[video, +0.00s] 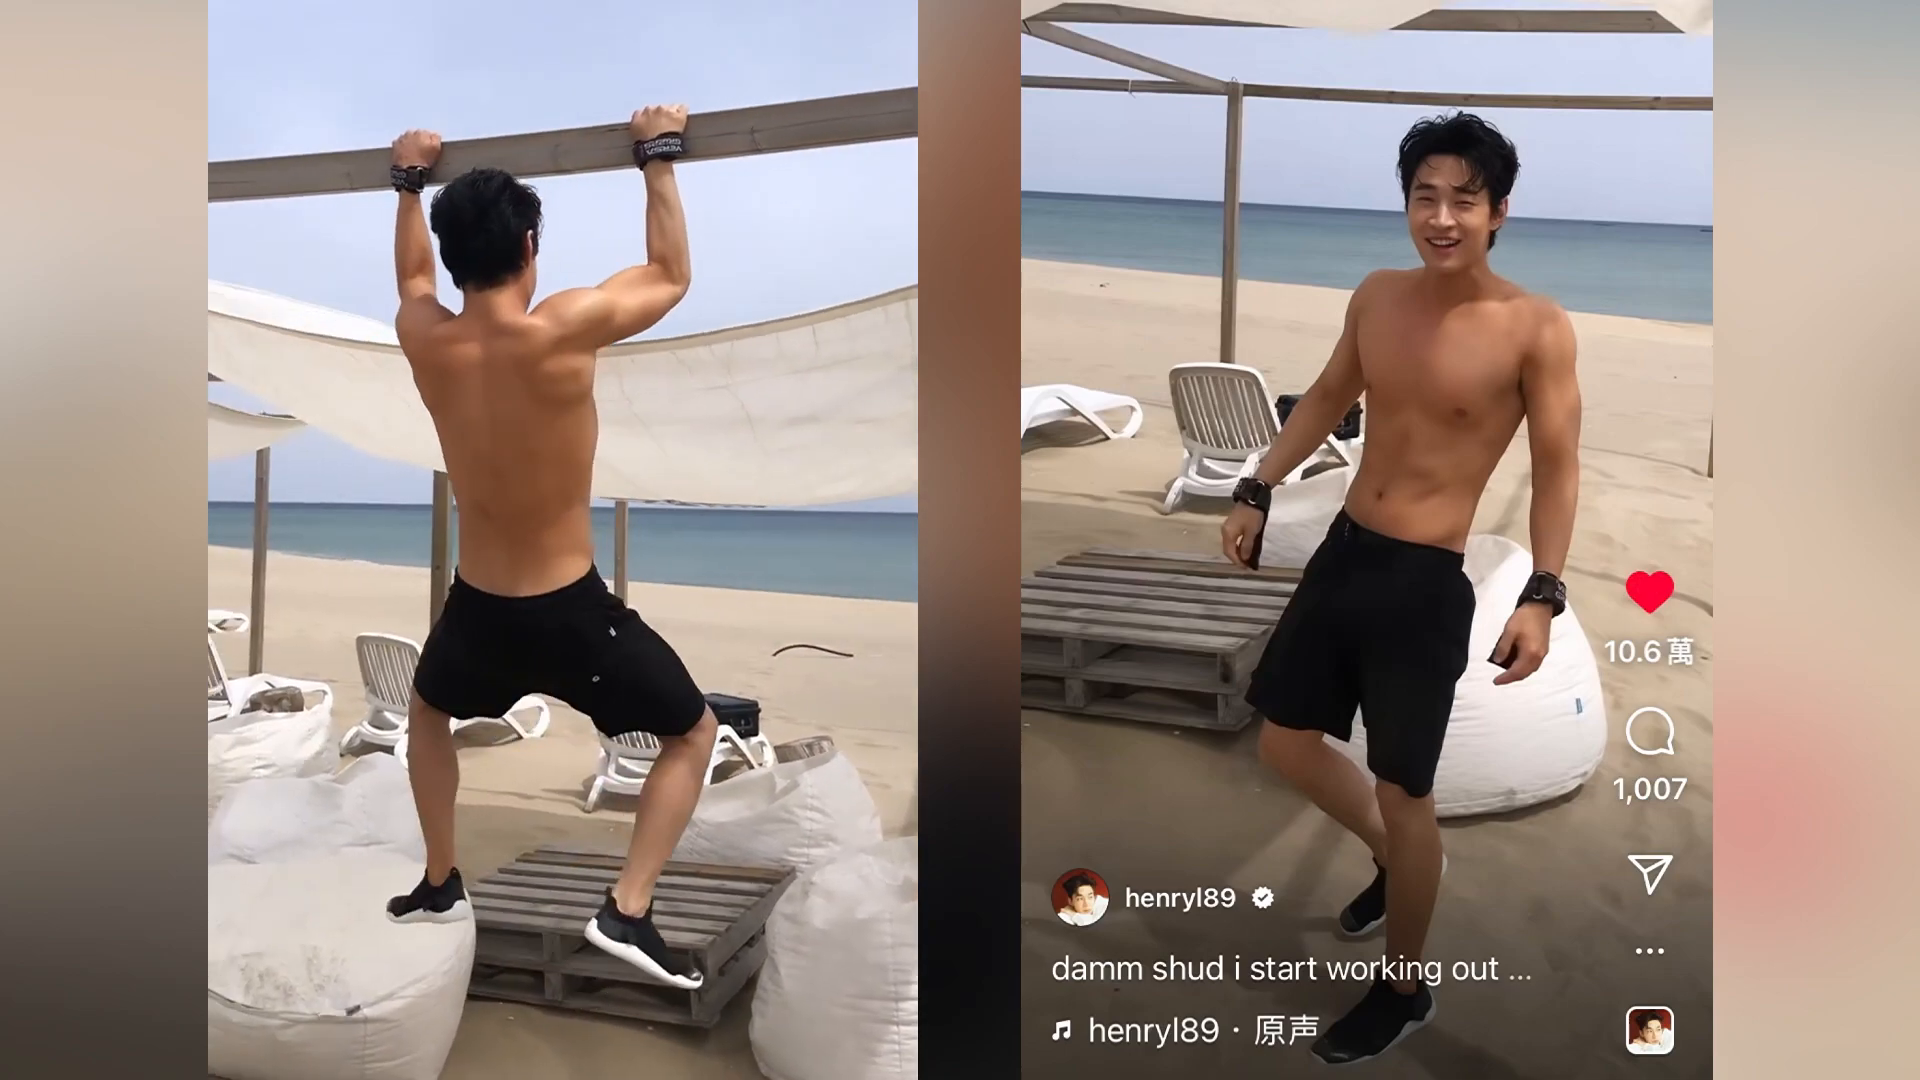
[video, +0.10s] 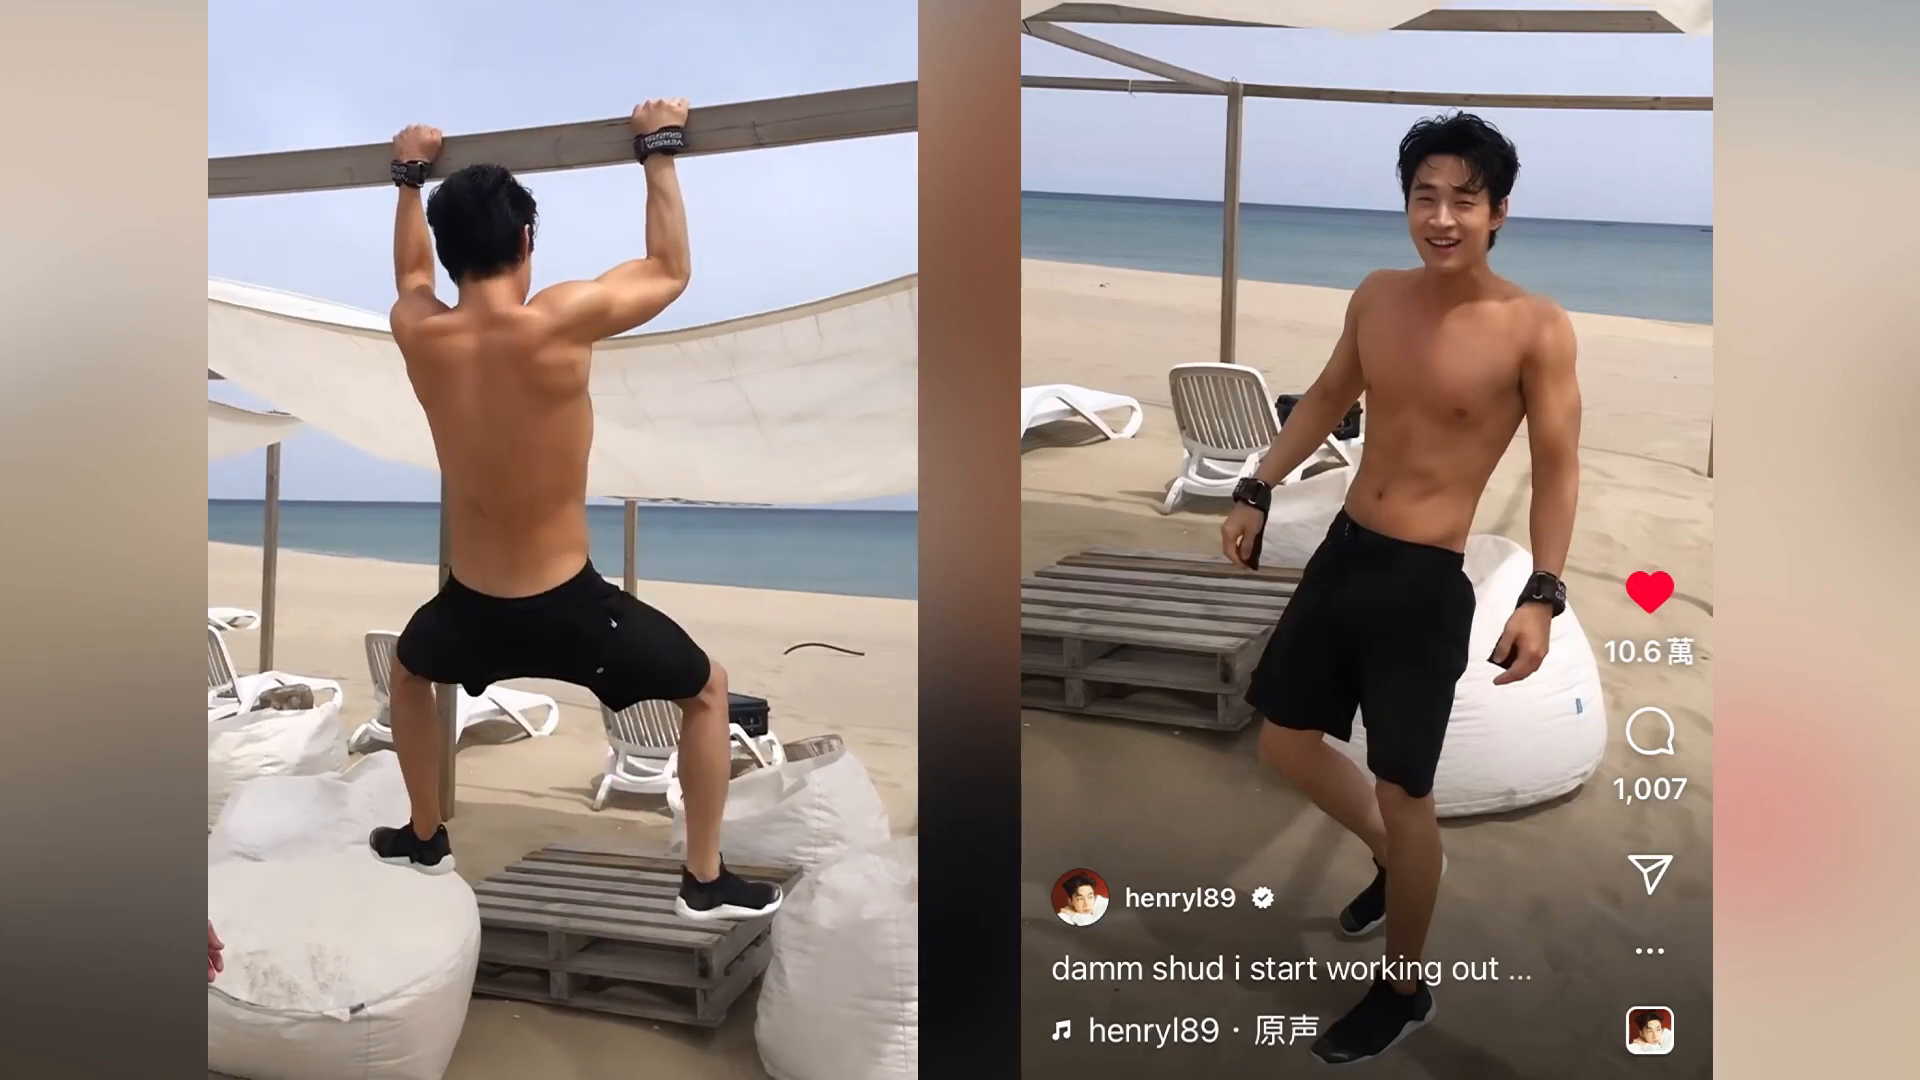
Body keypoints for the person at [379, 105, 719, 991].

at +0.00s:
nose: (540, 246)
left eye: (531, 233)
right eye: (537, 233)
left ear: (452, 254)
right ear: (529, 246)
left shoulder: (429, 339)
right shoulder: (569, 325)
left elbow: (416, 273)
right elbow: (668, 273)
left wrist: (407, 183)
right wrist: (659, 157)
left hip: (475, 614)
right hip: (573, 613)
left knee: (429, 712)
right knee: (691, 734)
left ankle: (439, 878)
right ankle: (629, 911)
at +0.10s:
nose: (536, 240)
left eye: (526, 230)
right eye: (533, 230)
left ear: (445, 253)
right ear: (526, 240)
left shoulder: (421, 334)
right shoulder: (566, 319)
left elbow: (412, 271)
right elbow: (668, 269)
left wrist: (408, 183)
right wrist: (661, 152)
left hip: (469, 614)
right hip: (569, 611)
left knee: (410, 669)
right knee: (705, 686)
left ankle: (425, 834)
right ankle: (704, 876)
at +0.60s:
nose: (468, 227)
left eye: (431, 229)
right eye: (479, 214)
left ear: (408, 244)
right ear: (486, 226)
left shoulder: (384, 318)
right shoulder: (541, 279)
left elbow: (329, 250)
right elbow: (671, 224)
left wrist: (327, 144)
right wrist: (636, 99)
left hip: (469, 591)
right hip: (571, 579)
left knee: (422, 769)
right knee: (620, 738)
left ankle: (395, 960)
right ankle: (656, 917)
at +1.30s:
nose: (452, 786)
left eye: (450, 773)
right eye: (448, 775)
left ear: (470, 769)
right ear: (528, 754)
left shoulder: (465, 827)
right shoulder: (601, 781)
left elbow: (381, 931)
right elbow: (690, 848)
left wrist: (363, 972)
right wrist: (640, 886)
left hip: (571, 1059)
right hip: (670, 1048)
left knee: (432, 925)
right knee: (635, 896)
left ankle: (438, 1072)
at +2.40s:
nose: (727, 333)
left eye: (747, 317)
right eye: (724, 317)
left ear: (796, 331)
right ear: (729, 326)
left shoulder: (793, 401)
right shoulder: (807, 408)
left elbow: (788, 512)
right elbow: (820, 545)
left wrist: (667, 578)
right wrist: (750, 619)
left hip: (776, 683)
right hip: (785, 678)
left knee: (750, 901)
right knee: (733, 873)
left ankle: (892, 1059)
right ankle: (712, 1037)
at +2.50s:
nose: (743, 331)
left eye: (765, 315)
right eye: (737, 315)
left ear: (811, 332)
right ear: (734, 326)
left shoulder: (812, 406)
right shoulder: (788, 406)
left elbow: (813, 524)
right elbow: (819, 539)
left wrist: (688, 582)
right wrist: (746, 608)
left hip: (787, 695)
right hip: (757, 683)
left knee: (775, 903)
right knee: (722, 857)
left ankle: (897, 1058)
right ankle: (693, 1029)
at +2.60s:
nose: (759, 332)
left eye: (780, 315)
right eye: (749, 316)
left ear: (825, 331)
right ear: (740, 326)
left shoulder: (836, 413)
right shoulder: (789, 418)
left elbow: (851, 545)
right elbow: (802, 555)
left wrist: (734, 613)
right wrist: (741, 651)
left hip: (797, 698)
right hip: (749, 682)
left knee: (790, 904)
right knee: (702, 841)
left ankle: (889, 1063)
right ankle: (671, 1024)